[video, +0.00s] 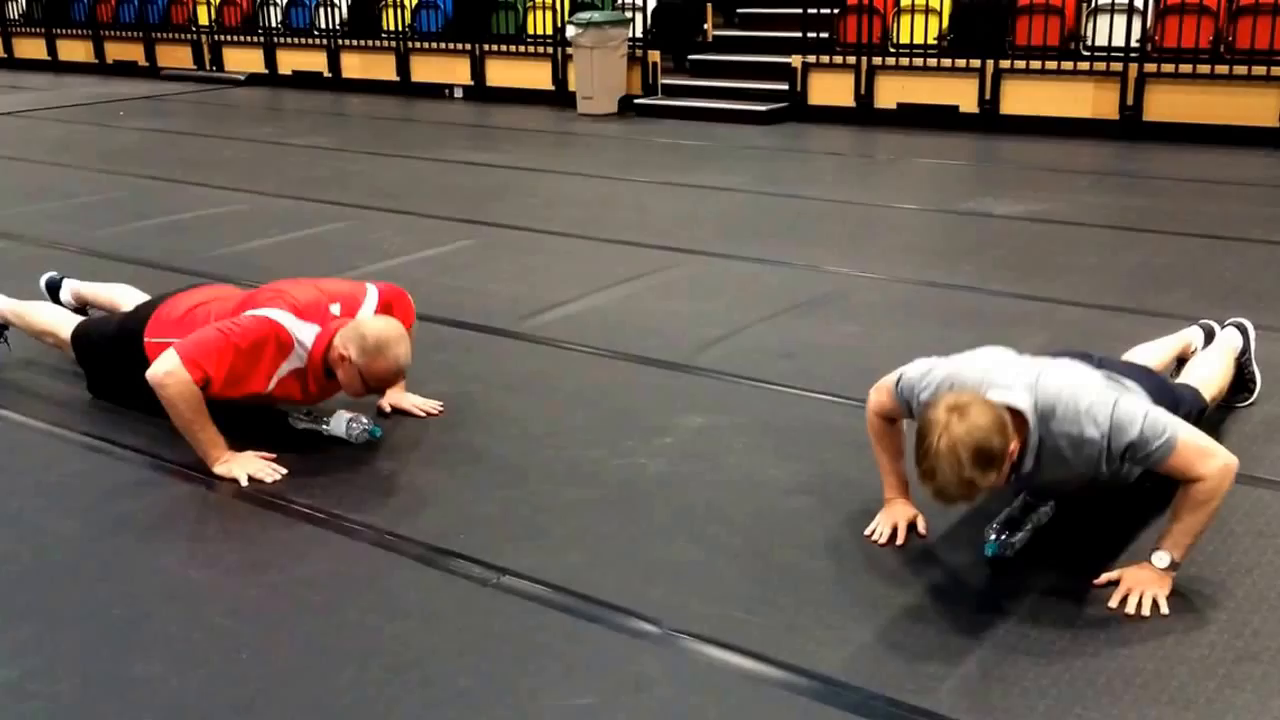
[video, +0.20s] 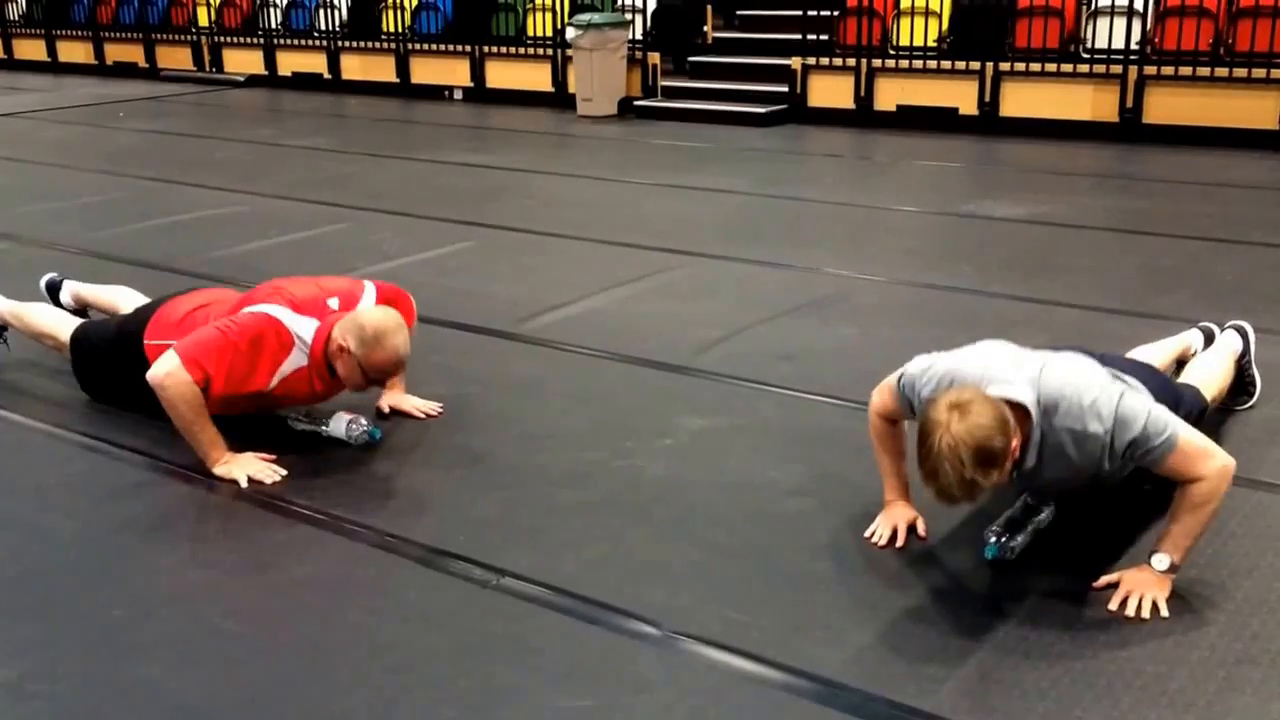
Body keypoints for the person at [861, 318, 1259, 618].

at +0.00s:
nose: (978, 499)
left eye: (982, 490)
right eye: (964, 494)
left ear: (1010, 453)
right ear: (931, 427)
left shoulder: (1099, 418)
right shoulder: (940, 380)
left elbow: (1217, 468)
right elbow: (880, 404)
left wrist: (1161, 564)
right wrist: (895, 497)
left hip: (1133, 395)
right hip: (1059, 370)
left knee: (1191, 393)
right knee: (1129, 370)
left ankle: (1232, 339)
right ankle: (1194, 334)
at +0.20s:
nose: (987, 491)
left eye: (989, 482)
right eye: (973, 488)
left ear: (1012, 443)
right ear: (935, 429)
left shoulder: (1105, 413)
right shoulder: (939, 377)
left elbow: (1214, 469)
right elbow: (882, 406)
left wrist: (1160, 567)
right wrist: (896, 499)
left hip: (1135, 395)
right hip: (1071, 368)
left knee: (1191, 394)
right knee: (1128, 366)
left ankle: (1232, 342)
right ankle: (1193, 337)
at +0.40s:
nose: (994, 407)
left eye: (1000, 394)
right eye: (980, 401)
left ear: (1027, 346)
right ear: (949, 353)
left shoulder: (1113, 339)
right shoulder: (937, 316)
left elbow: (1173, 455)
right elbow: (904, 406)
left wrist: (1158, 568)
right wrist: (897, 501)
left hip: (1140, 373)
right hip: (1056, 396)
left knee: (1194, 379)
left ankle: (1234, 348)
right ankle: (1202, 347)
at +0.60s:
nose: (978, 427)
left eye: (987, 415)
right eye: (965, 420)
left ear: (1020, 371)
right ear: (946, 376)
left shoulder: (1111, 361)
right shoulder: (929, 342)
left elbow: (1194, 460)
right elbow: (893, 410)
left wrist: (1159, 569)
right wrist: (896, 502)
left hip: (1143, 375)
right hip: (1061, 399)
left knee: (1197, 382)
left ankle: (1236, 346)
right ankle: (1197, 345)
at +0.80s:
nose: (972, 516)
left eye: (978, 508)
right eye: (958, 510)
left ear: (1007, 467)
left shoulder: (1095, 430)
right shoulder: (942, 393)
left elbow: (1219, 475)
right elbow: (878, 408)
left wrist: (1161, 571)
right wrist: (896, 502)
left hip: (1132, 410)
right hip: (1059, 384)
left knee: (1189, 404)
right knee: (1127, 383)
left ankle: (1232, 346)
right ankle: (1196, 341)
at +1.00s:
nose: (985, 479)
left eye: (990, 469)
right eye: (969, 474)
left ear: (1014, 427)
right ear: (939, 427)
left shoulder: (1103, 403)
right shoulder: (933, 371)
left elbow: (1212, 471)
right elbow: (884, 411)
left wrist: (1162, 571)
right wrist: (897, 503)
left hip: (1136, 396)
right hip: (1086, 371)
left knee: (1195, 395)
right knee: (1136, 366)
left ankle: (1233, 346)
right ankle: (1200, 341)